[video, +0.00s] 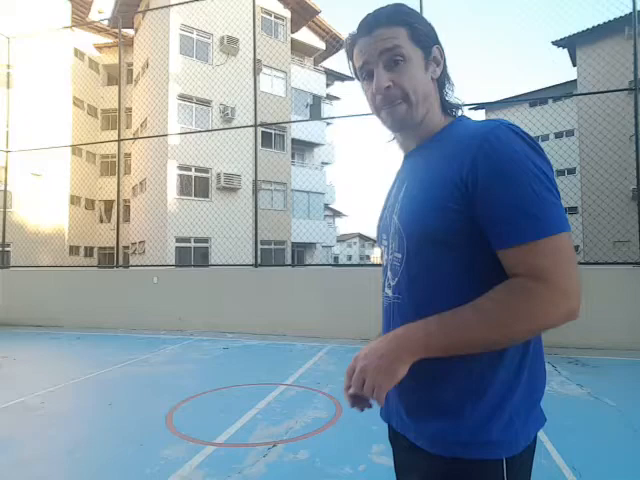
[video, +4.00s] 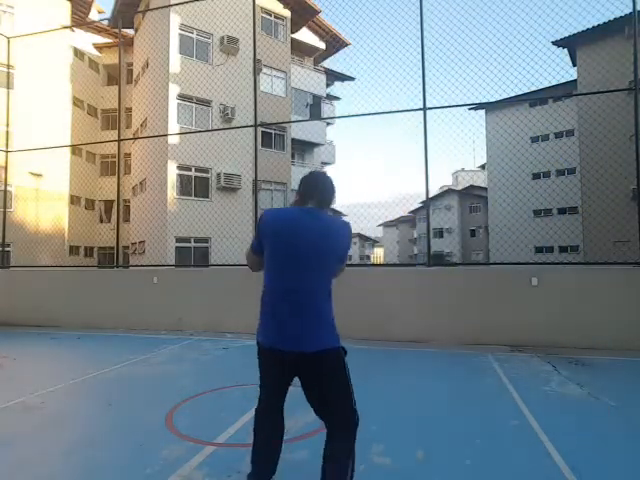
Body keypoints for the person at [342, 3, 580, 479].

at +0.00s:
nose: (381, 83)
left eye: (395, 61)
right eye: (367, 74)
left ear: (434, 63)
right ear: (361, 89)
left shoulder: (492, 146)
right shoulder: (409, 173)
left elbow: (555, 292)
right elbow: (426, 294)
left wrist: (405, 344)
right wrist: (384, 362)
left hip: (480, 439)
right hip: (414, 429)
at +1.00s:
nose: (418, 114)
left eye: (415, 94)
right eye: (413, 98)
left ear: (437, 70)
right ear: (484, 73)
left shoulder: (470, 113)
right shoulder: (537, 132)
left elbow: (503, 224)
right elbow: (591, 234)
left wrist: (427, 250)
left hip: (506, 388)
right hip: (567, 386)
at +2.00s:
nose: (369, 152)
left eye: (368, 145)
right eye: (367, 146)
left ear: (375, 142)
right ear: (419, 141)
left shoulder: (363, 178)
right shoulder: (465, 183)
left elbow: (309, 263)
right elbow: (460, 255)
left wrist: (338, 222)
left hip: (380, 380)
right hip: (455, 378)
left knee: (359, 474)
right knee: (468, 473)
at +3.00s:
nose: (394, 165)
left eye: (394, 158)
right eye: (394, 157)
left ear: (402, 160)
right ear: (441, 161)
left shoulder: (380, 204)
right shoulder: (469, 214)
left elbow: (342, 277)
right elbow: (455, 267)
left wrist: (346, 244)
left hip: (387, 381)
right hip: (454, 383)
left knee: (356, 472)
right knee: (470, 473)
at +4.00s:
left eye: (297, 192)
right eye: (329, 198)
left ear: (298, 194)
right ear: (330, 199)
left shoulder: (270, 219)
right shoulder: (340, 229)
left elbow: (254, 262)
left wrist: (288, 243)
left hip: (273, 341)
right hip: (318, 344)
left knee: (269, 412)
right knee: (343, 421)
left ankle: (259, 475)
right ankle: (336, 476)